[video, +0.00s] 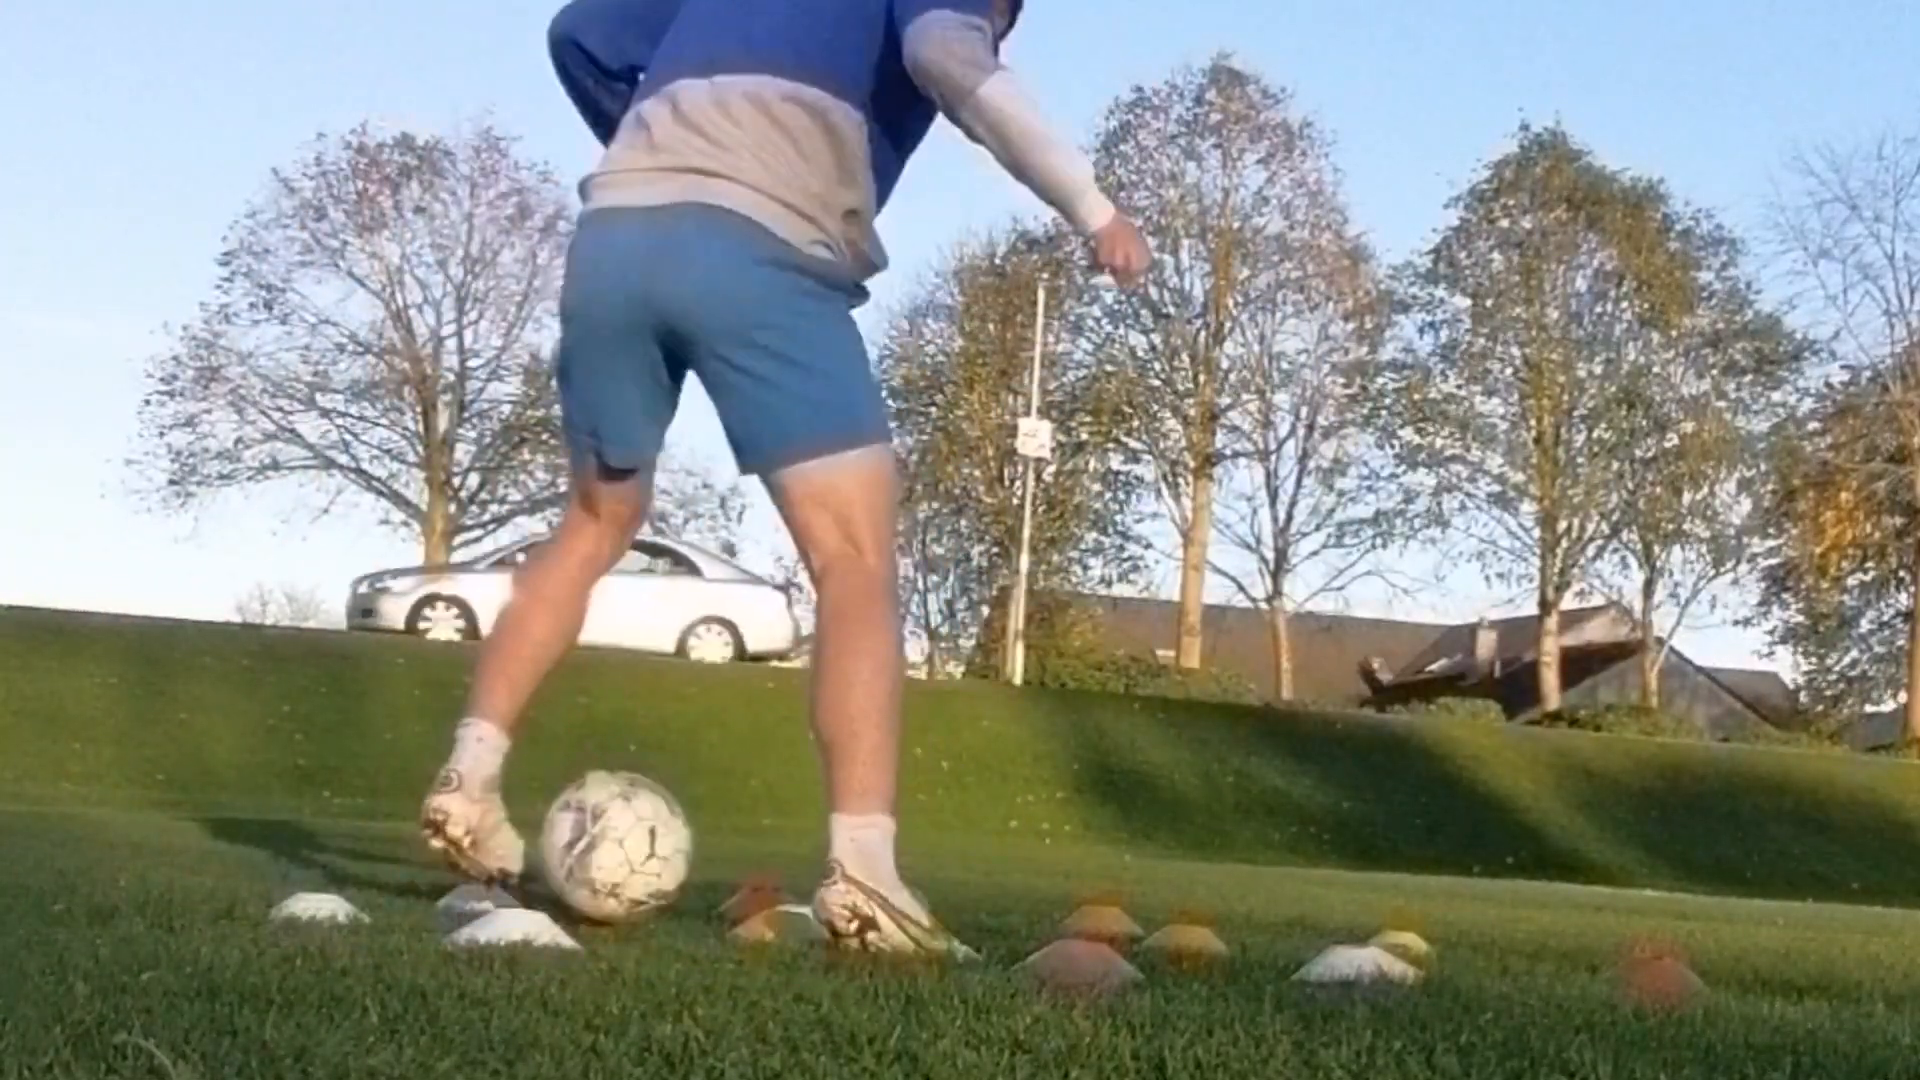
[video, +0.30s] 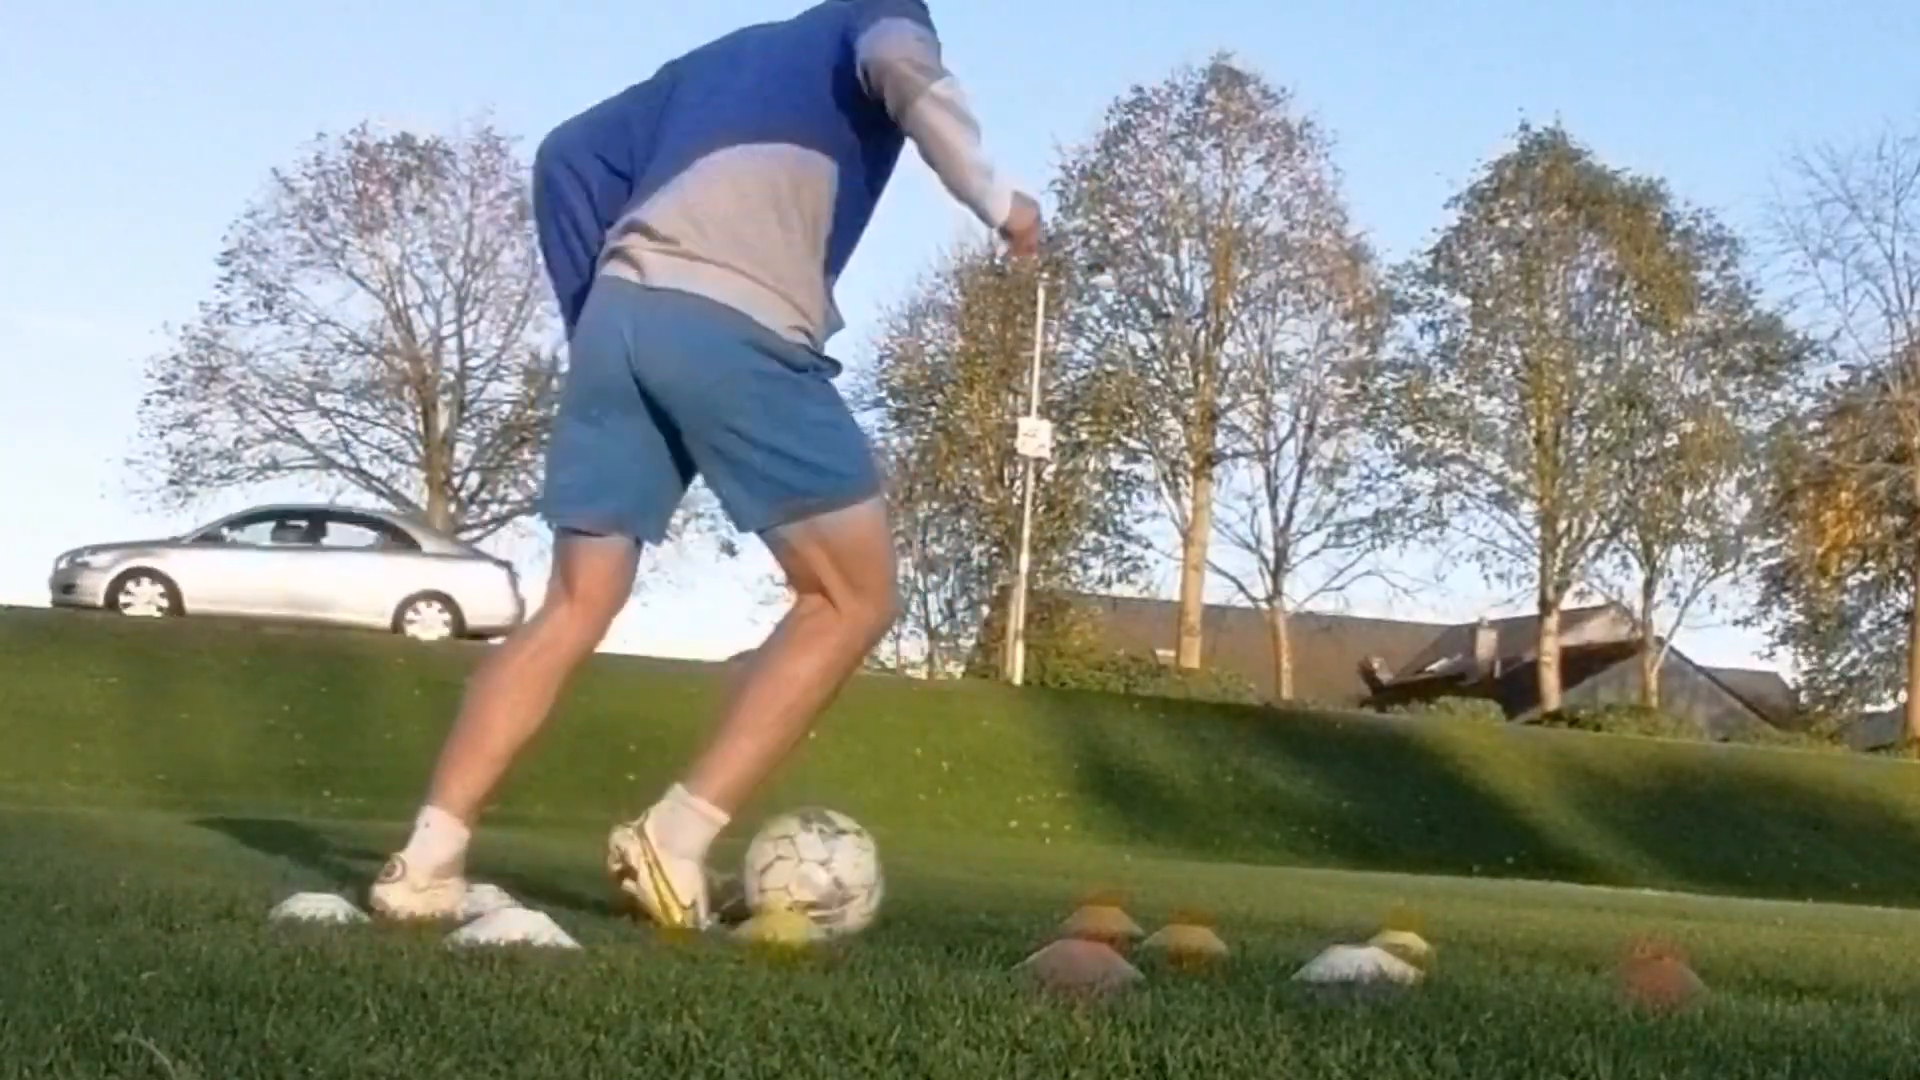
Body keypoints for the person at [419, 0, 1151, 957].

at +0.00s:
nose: (1002, 39)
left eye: (1008, 27)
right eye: (1004, 21)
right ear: (978, 6)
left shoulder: (719, 8)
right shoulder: (935, 5)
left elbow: (578, 34)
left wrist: (662, 155)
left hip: (611, 240)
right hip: (760, 252)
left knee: (594, 513)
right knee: (852, 557)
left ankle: (466, 782)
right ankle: (865, 875)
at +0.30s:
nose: (925, 55)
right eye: (921, 39)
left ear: (809, 16)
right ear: (889, 23)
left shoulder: (698, 68)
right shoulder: (876, 21)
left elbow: (566, 154)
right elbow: (901, 72)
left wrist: (595, 320)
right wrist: (992, 193)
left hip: (613, 327)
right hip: (737, 334)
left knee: (576, 601)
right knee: (852, 598)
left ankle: (424, 861)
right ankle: (676, 839)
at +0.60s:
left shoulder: (841, 16)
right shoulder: (1029, 4)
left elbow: (768, 128)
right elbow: (1027, 98)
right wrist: (1092, 227)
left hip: (792, 296)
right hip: (922, 289)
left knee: (750, 574)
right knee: (1055, 534)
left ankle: (652, 821)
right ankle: (994, 792)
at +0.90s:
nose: (1230, 55)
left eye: (1230, 47)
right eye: (1232, 44)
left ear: (1145, 13)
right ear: (1206, 24)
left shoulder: (1015, 60)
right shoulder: (1212, 50)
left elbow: (942, 120)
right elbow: (1294, 186)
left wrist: (986, 272)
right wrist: (1315, 268)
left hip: (985, 351)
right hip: (1098, 355)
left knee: (1067, 590)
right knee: (1170, 607)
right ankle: (1002, 786)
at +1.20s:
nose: (1390, 126)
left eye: (1384, 118)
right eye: (1384, 114)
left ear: (1291, 95)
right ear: (1358, 96)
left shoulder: (1205, 159)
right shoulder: (1351, 103)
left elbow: (1120, 310)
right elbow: (1446, 162)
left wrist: (1212, 365)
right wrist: (1522, 296)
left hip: (1178, 406)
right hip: (1299, 385)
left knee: (1196, 644)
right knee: (1449, 505)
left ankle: (1128, 892)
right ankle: (1348, 696)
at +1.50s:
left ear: (1334, 177)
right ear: (1415, 183)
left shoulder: (1302, 203)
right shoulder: (1484, 215)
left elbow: (1242, 272)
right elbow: (1585, 276)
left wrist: (1198, 407)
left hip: (1348, 454)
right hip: (1484, 455)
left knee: (1217, 611)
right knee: (1554, 697)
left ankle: (1284, 780)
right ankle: (1597, 945)